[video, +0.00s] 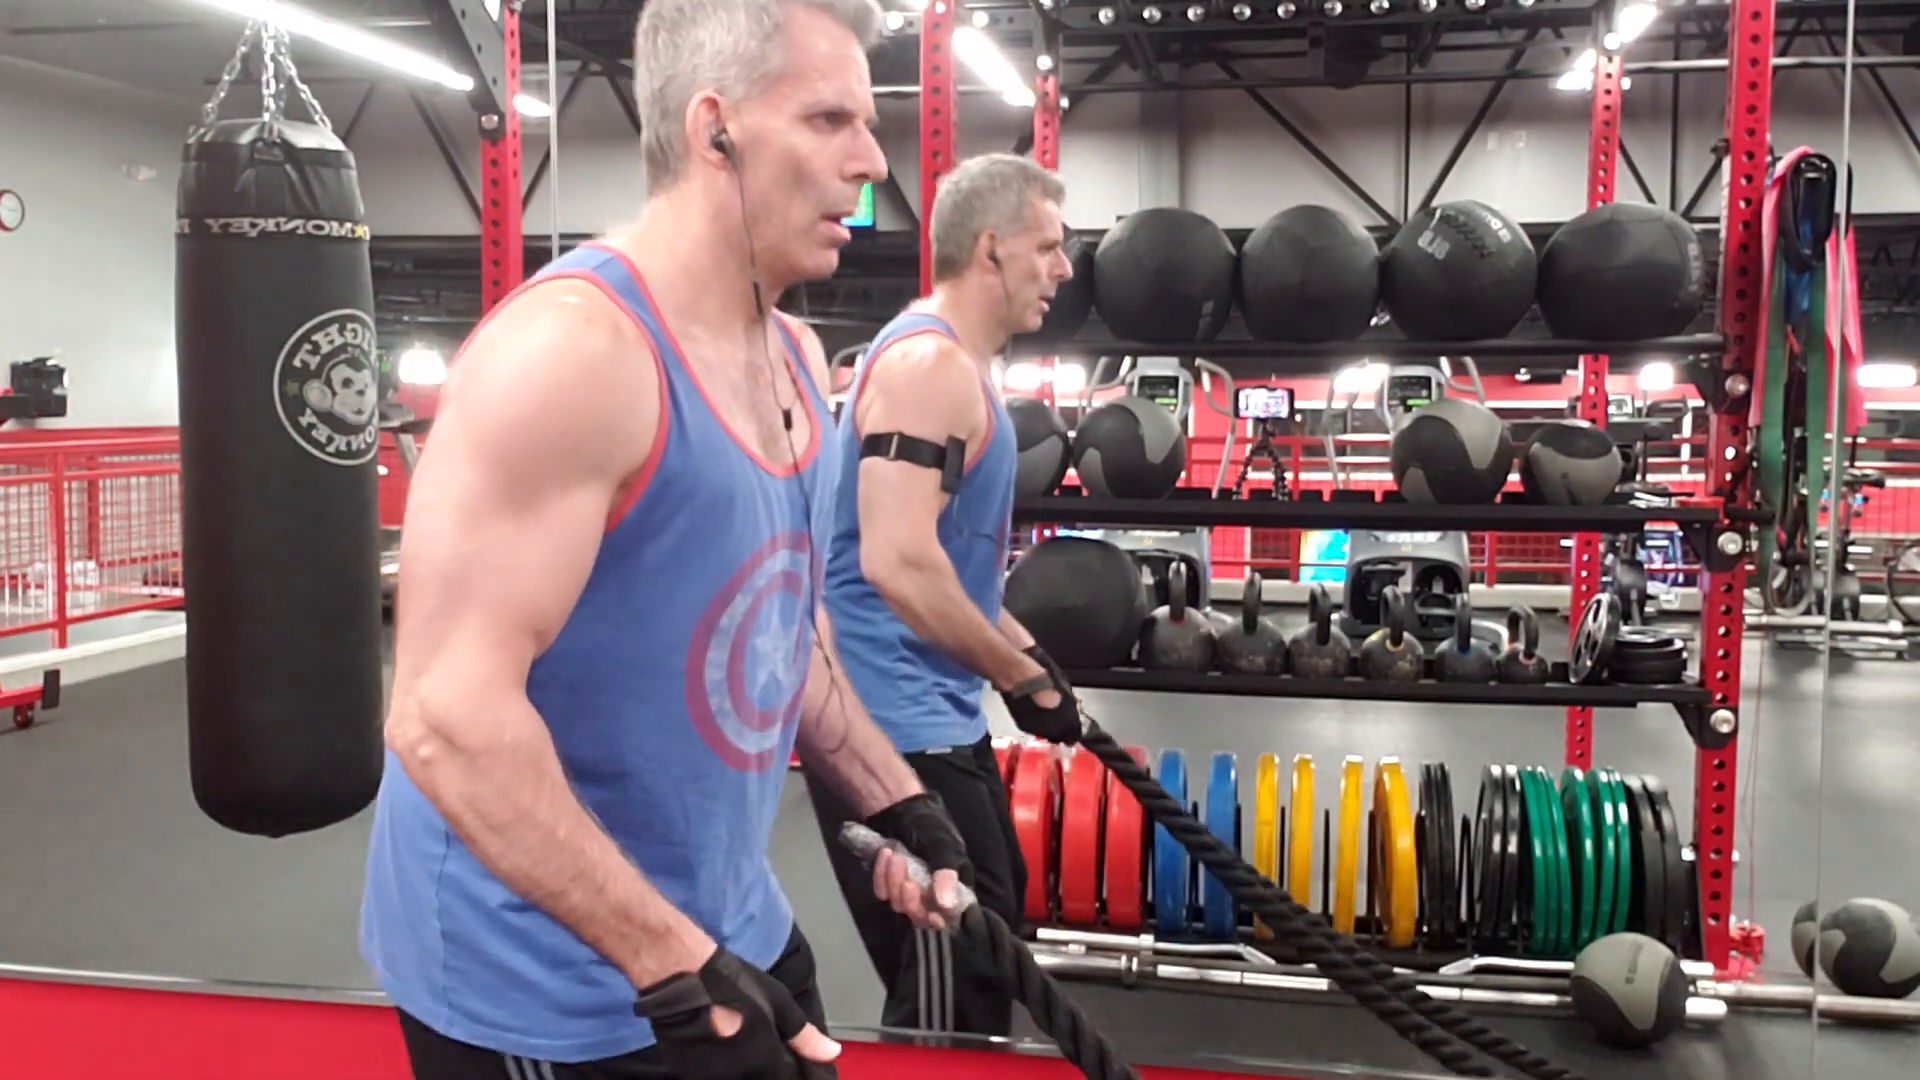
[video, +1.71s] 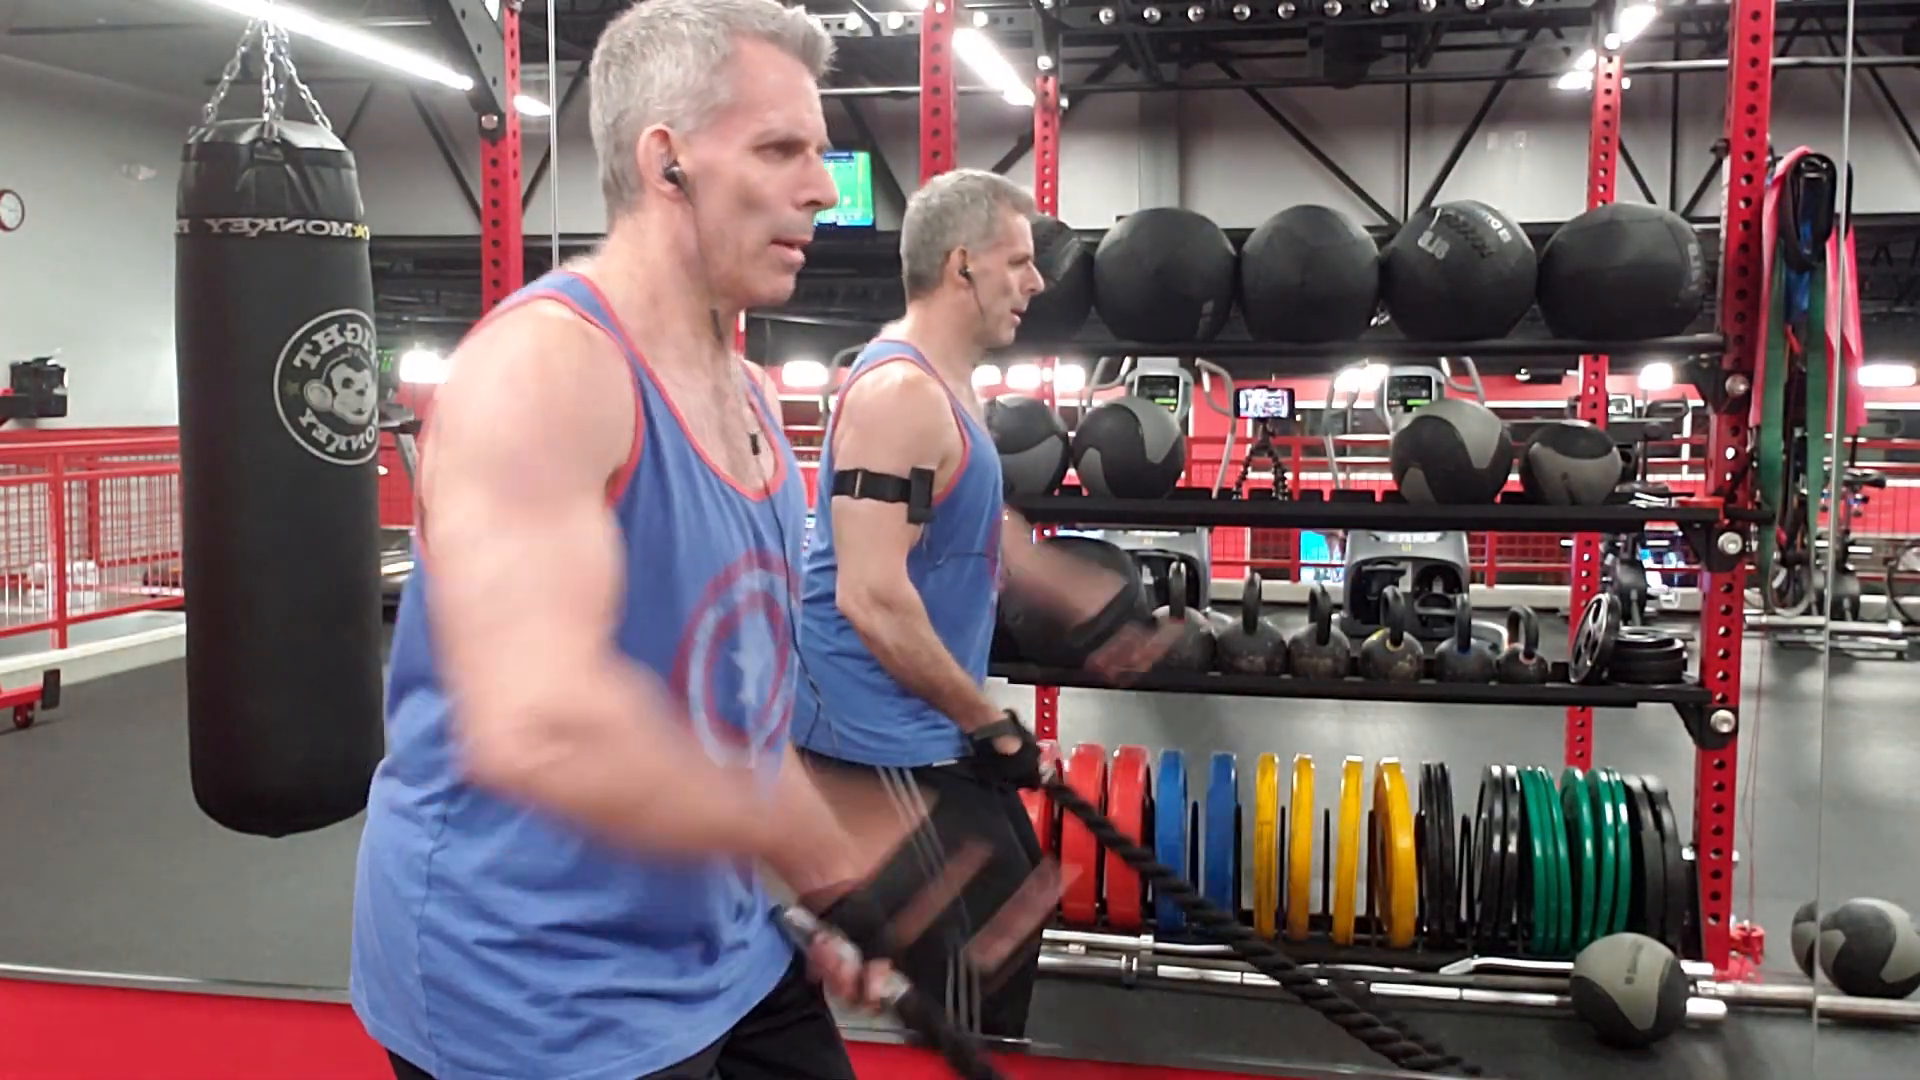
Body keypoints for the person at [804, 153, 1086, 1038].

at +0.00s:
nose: (1063, 270)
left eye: (1063, 249)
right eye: (1049, 247)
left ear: (996, 253)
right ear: (992, 250)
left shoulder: (954, 363)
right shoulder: (928, 364)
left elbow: (946, 555)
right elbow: (898, 561)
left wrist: (1020, 646)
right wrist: (1016, 675)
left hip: (939, 728)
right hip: (902, 736)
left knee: (980, 982)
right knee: (960, 990)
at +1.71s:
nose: (1034, 285)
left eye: (1034, 264)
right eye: (1020, 262)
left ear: (966, 269)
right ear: (963, 267)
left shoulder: (943, 391)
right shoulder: (899, 393)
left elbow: (1000, 543)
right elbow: (871, 594)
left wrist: (1105, 612)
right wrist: (989, 721)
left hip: (924, 743)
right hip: (874, 752)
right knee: (989, 945)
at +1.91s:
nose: (1037, 296)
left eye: (1037, 275)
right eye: (1023, 273)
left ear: (971, 281)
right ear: (965, 277)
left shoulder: (943, 393)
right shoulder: (906, 392)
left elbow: (1000, 540)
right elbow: (884, 585)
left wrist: (1135, 539)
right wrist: (1011, 692)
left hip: (919, 708)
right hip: (871, 714)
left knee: (1012, 911)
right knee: (993, 922)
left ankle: (960, 1058)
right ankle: (952, 1063)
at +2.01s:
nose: (1034, 297)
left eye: (1035, 277)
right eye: (1019, 275)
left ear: (959, 279)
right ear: (957, 276)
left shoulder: (947, 393)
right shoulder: (898, 386)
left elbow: (946, 577)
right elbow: (916, 570)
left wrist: (1031, 659)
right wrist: (1076, 589)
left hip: (926, 715)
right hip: (866, 725)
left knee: (1022, 907)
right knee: (976, 929)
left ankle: (979, 1061)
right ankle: (952, 1068)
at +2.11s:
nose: (1032, 301)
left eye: (1032, 281)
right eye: (1018, 279)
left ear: (961, 283)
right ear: (955, 280)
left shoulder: (941, 394)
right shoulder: (899, 388)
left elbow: (969, 565)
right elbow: (950, 563)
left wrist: (1076, 574)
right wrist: (1084, 544)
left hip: (930, 716)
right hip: (872, 725)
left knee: (1024, 907)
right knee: (996, 929)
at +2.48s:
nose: (1042, 313)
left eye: (1041, 293)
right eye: (1027, 291)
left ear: (969, 295)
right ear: (967, 293)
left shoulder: (944, 395)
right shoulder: (909, 398)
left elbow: (975, 565)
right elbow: (959, 580)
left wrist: (1092, 581)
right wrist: (1107, 560)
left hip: (928, 728)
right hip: (876, 739)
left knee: (1029, 918)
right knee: (1007, 927)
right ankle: (923, 1067)